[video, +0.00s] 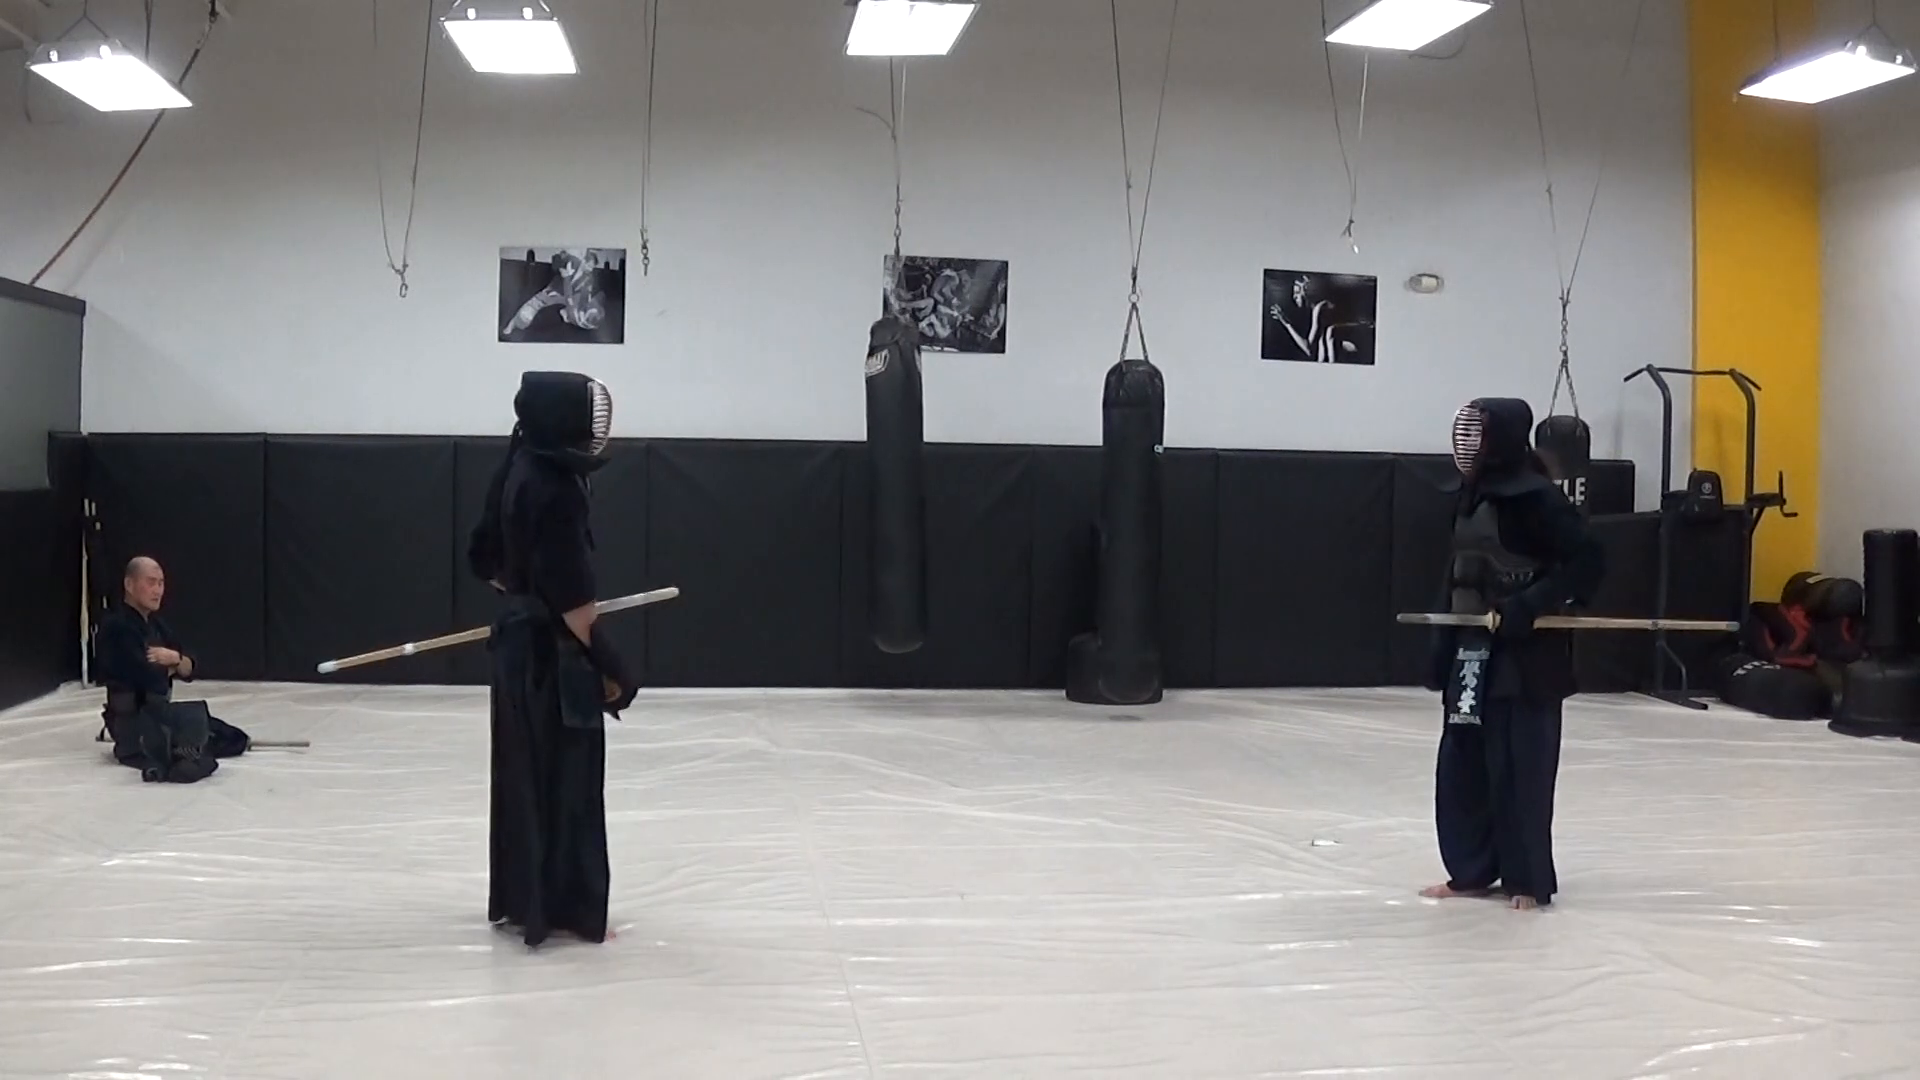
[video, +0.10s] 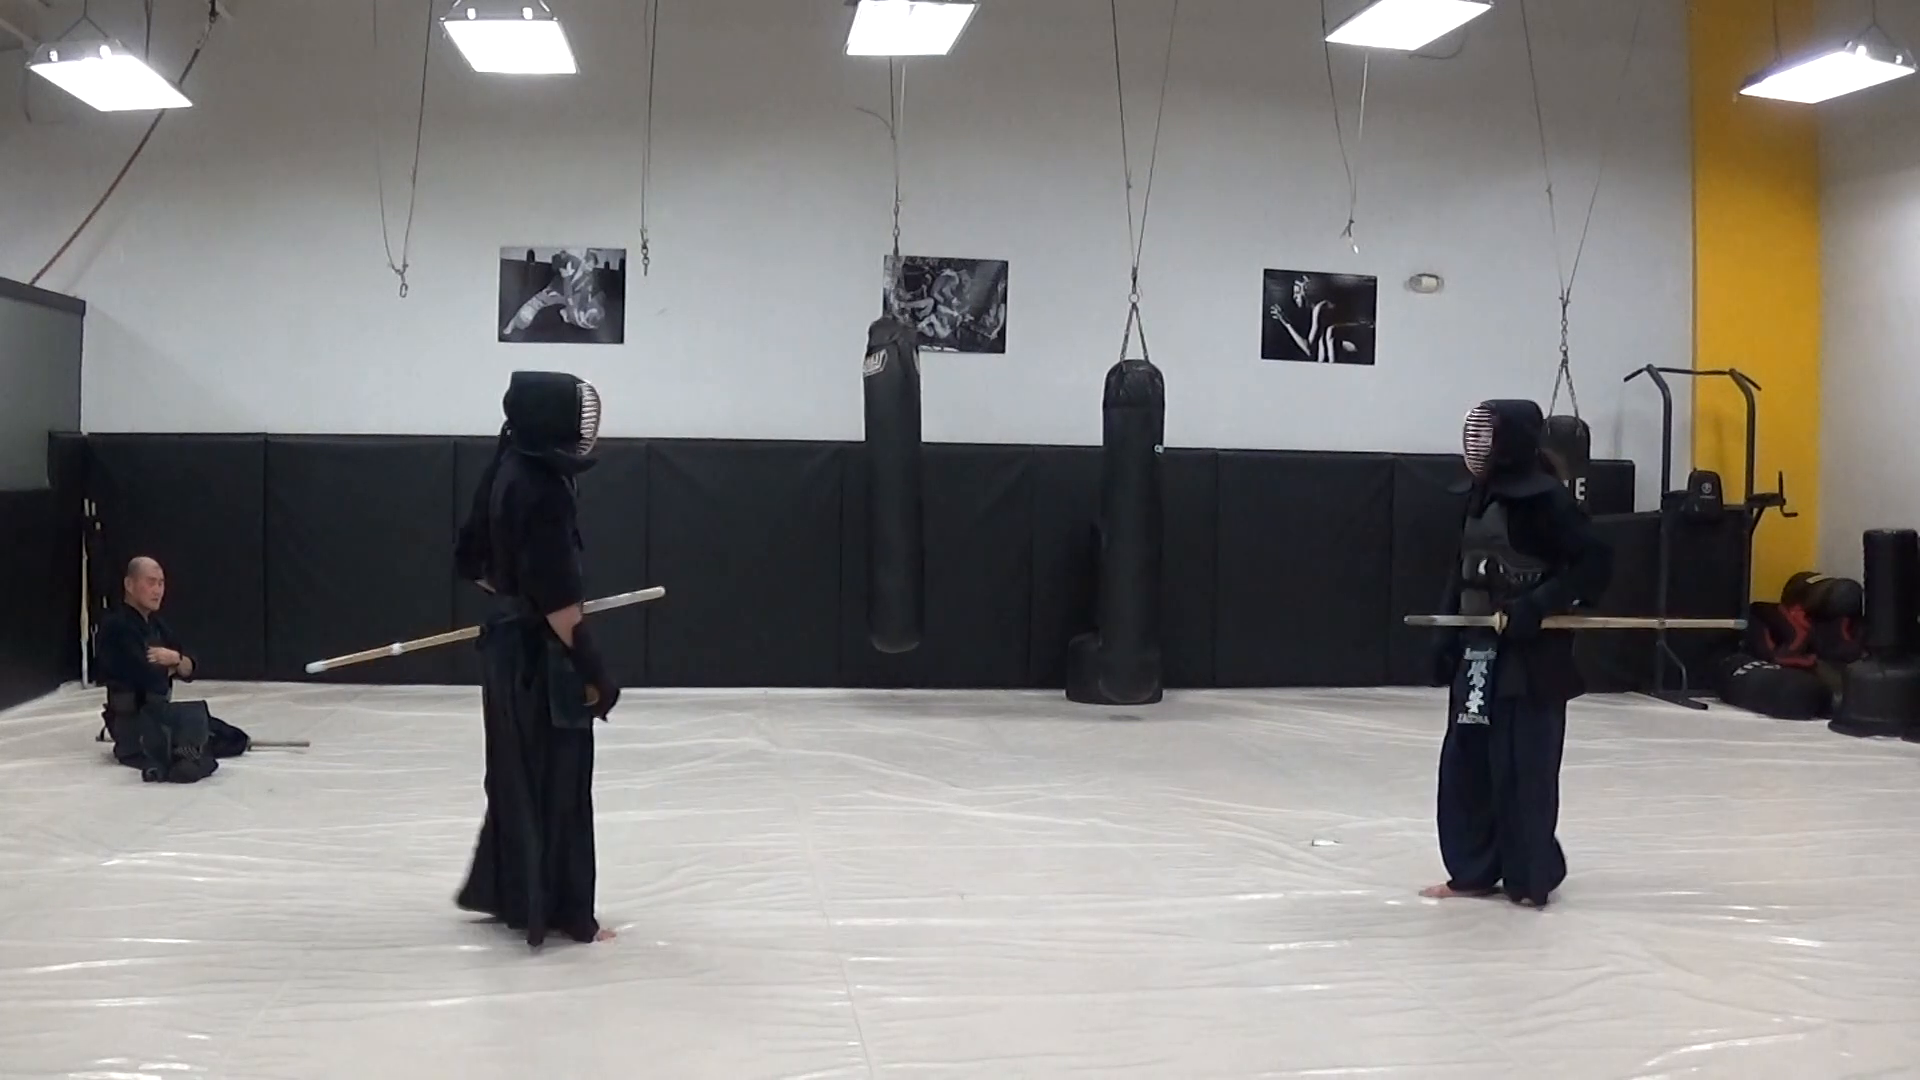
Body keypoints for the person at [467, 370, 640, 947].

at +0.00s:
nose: (599, 434)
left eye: (599, 423)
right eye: (592, 423)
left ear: (539, 420)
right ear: (567, 425)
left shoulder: (516, 469)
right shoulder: (556, 485)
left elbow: (486, 557)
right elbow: (570, 594)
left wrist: (535, 593)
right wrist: (612, 662)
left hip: (517, 642)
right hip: (552, 647)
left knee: (525, 774)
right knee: (566, 778)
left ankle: (522, 903)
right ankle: (572, 911)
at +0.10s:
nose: (587, 432)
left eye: (586, 421)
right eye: (580, 422)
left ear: (527, 421)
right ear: (556, 425)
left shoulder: (503, 470)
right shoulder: (544, 486)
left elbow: (473, 561)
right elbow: (555, 596)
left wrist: (528, 596)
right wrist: (594, 669)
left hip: (506, 642)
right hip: (542, 647)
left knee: (517, 769)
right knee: (560, 778)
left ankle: (502, 891)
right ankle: (566, 911)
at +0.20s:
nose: (570, 435)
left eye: (569, 424)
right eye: (561, 424)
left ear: (510, 423)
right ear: (534, 428)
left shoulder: (491, 477)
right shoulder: (520, 489)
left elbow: (459, 565)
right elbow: (529, 598)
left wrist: (518, 594)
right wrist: (568, 674)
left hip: (496, 646)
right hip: (526, 650)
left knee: (504, 772)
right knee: (553, 782)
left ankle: (429, 873)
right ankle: (569, 914)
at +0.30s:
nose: (544, 443)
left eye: (544, 432)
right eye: (536, 433)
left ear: (484, 432)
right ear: (511, 436)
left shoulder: (468, 485)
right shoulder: (496, 498)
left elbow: (443, 576)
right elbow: (501, 608)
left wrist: (511, 602)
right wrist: (539, 687)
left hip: (476, 651)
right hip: (508, 655)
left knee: (474, 775)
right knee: (548, 778)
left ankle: (395, 877)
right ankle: (570, 913)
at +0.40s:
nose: (515, 449)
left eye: (514, 438)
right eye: (507, 439)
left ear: (459, 438)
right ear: (481, 441)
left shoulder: (452, 489)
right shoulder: (455, 502)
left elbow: (423, 575)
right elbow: (460, 609)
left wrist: (495, 609)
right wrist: (496, 684)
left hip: (454, 654)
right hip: (470, 658)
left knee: (440, 773)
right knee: (531, 778)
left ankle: (387, 891)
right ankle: (568, 909)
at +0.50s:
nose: (483, 443)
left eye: (483, 431)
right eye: (475, 432)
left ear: (427, 430)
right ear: (451, 435)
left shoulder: (421, 486)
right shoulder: (423, 496)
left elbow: (396, 573)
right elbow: (421, 597)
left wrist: (462, 605)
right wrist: (456, 673)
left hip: (418, 652)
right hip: (435, 655)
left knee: (417, 776)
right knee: (495, 775)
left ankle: (398, 895)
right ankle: (549, 901)